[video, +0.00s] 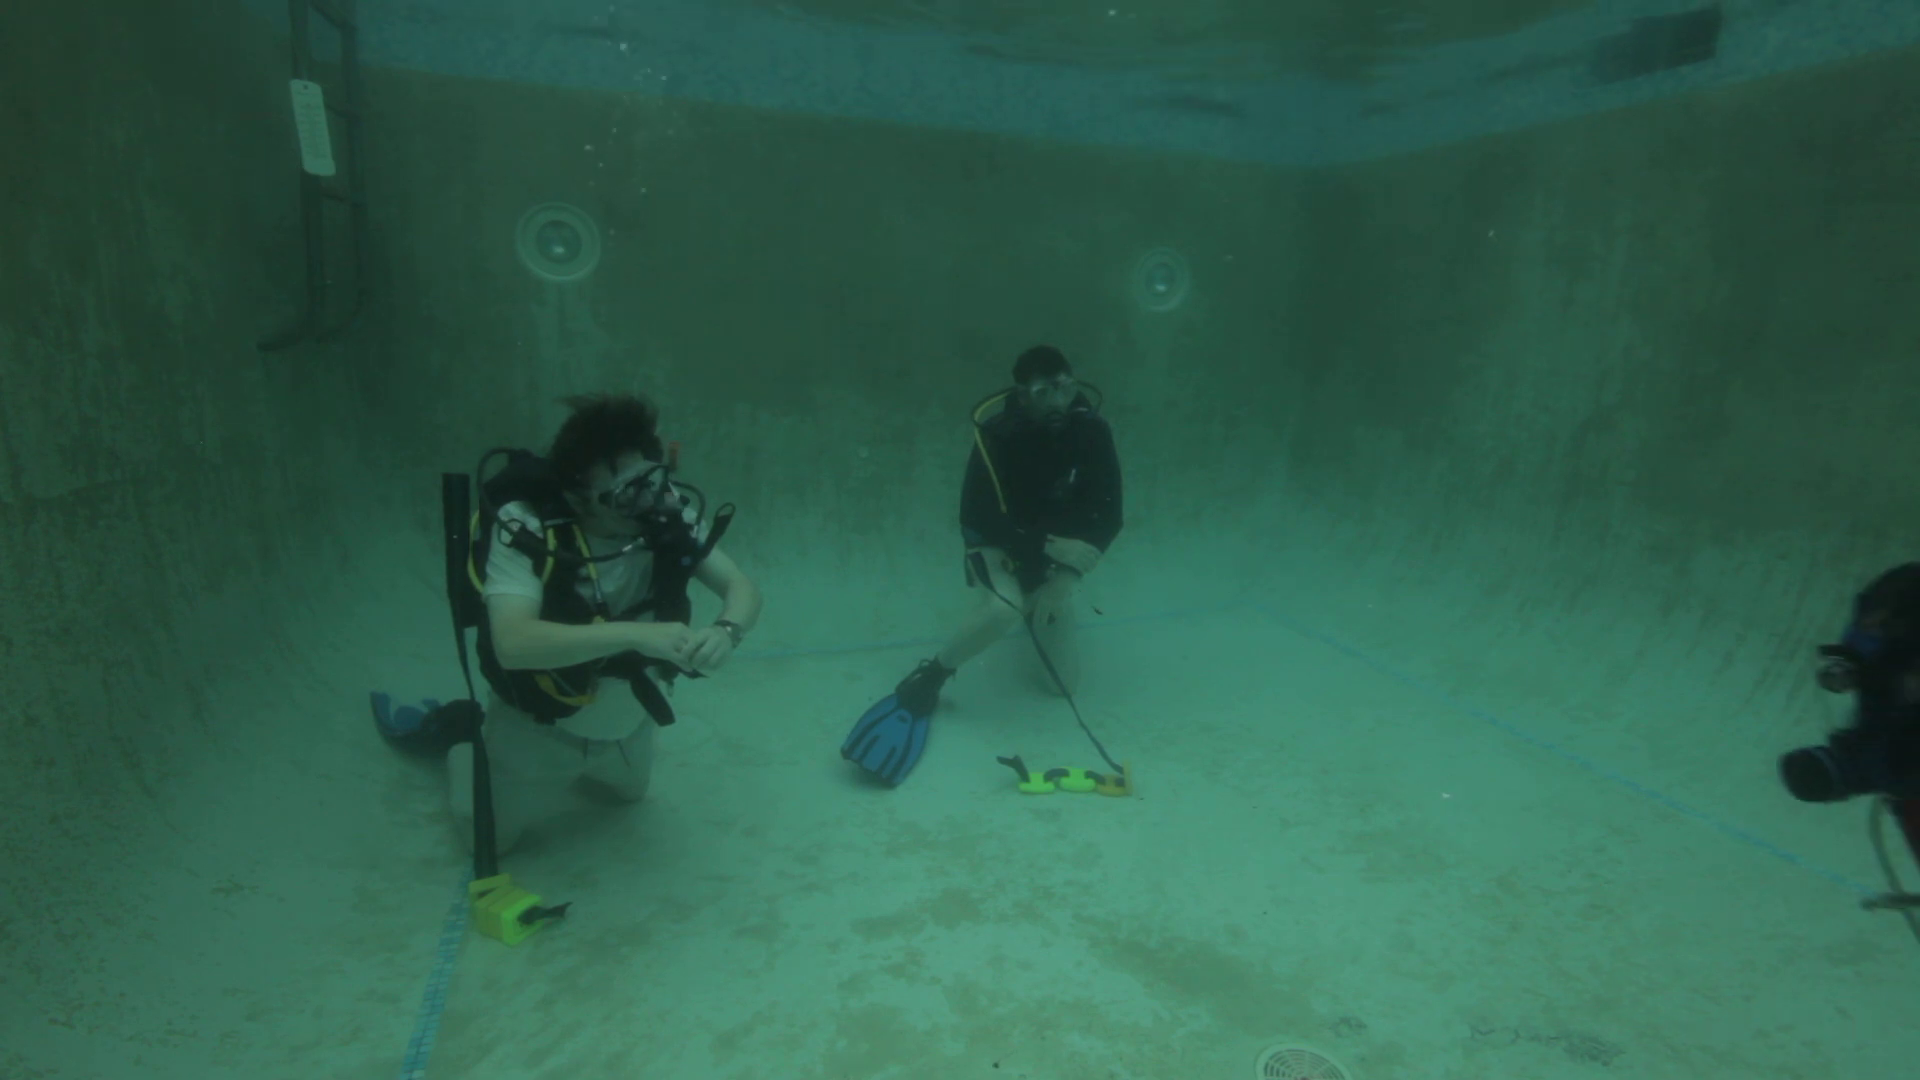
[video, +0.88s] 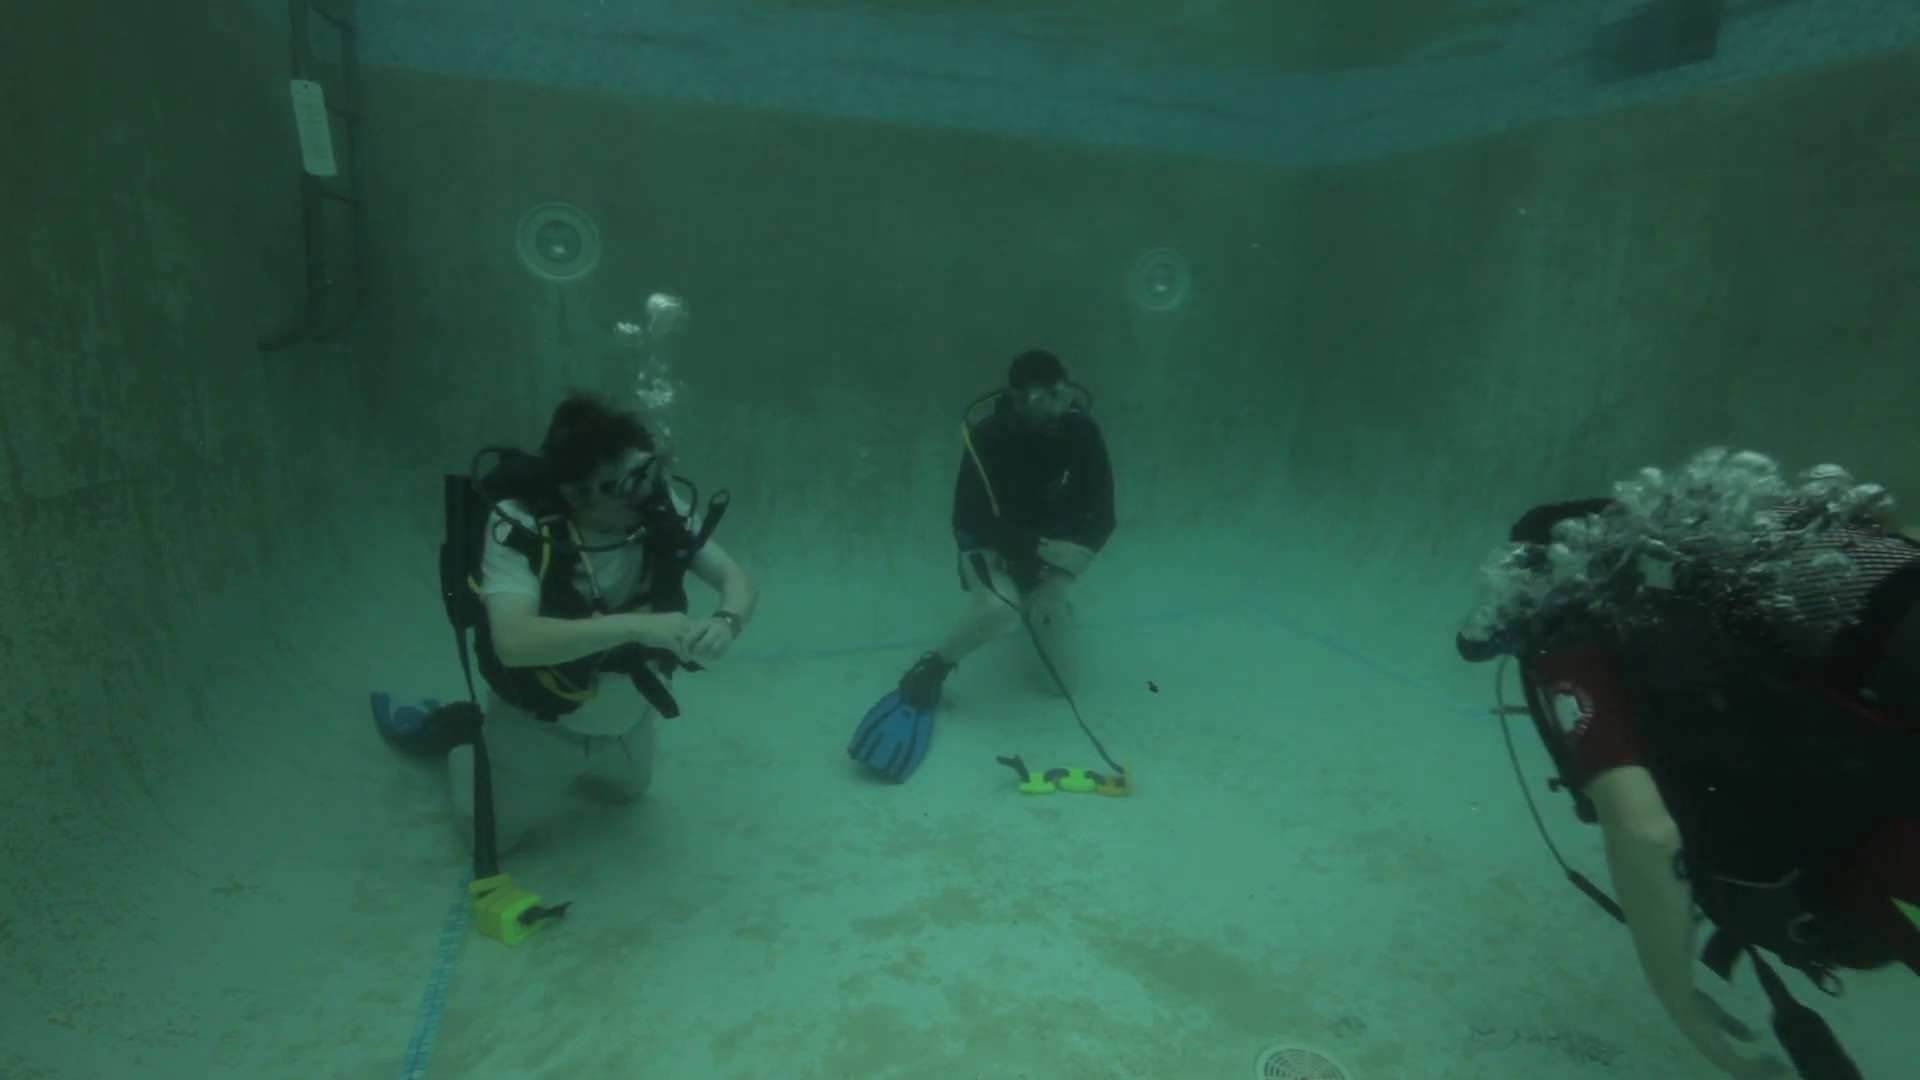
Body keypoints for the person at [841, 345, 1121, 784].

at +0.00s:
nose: (1058, 400)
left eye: (1064, 388)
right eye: (1046, 390)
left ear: (1074, 386)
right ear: (1023, 393)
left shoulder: (1091, 430)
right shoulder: (998, 430)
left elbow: (1109, 512)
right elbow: (979, 515)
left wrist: (1064, 579)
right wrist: (1051, 546)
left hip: (1059, 546)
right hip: (1000, 539)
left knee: (1062, 680)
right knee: (1004, 608)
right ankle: (930, 677)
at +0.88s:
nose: (1054, 408)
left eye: (1059, 396)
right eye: (1042, 399)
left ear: (1068, 392)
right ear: (1017, 399)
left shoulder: (1082, 431)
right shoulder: (989, 435)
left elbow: (1101, 514)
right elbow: (974, 519)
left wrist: (1058, 583)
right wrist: (1042, 548)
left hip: (1055, 550)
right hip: (994, 544)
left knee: (1063, 673)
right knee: (1000, 606)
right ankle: (931, 670)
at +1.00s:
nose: (1051, 408)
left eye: (1056, 397)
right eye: (1040, 399)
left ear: (1065, 394)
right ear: (1016, 399)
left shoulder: (1080, 432)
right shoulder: (989, 435)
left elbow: (1100, 514)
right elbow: (972, 519)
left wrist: (1059, 582)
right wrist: (1039, 550)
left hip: (1055, 547)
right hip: (993, 542)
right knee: (1000, 606)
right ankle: (930, 672)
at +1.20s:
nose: (1050, 407)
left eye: (1054, 396)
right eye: (1040, 398)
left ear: (1063, 393)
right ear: (1016, 398)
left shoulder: (1077, 431)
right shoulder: (987, 434)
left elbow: (1098, 512)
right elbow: (973, 520)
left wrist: (1059, 579)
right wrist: (1035, 554)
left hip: (1052, 548)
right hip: (991, 544)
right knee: (998, 607)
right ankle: (930, 673)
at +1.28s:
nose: (1054, 405)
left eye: (1054, 395)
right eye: (1044, 398)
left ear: (1059, 393)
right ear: (1017, 399)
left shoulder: (1076, 432)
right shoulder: (987, 435)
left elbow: (1097, 514)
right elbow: (972, 519)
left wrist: (1056, 582)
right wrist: (1035, 553)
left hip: (1051, 553)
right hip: (991, 547)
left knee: (1064, 678)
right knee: (997, 606)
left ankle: (1049, 608)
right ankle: (931, 673)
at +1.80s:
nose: (1051, 412)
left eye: (1053, 401)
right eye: (1041, 403)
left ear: (1056, 396)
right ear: (1011, 400)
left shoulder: (1069, 432)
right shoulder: (979, 438)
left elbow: (1092, 514)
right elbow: (972, 524)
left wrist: (1053, 582)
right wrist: (1038, 551)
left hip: (1045, 549)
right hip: (984, 546)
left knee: (1061, 678)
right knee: (998, 607)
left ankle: (1047, 605)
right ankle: (932, 672)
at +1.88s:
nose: (1055, 408)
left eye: (1054, 397)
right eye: (1045, 399)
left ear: (1051, 395)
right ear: (1014, 401)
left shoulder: (1068, 431)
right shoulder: (979, 438)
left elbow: (1091, 514)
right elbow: (972, 523)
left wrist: (1053, 579)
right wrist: (1036, 551)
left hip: (1046, 543)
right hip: (985, 541)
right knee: (997, 607)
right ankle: (933, 672)